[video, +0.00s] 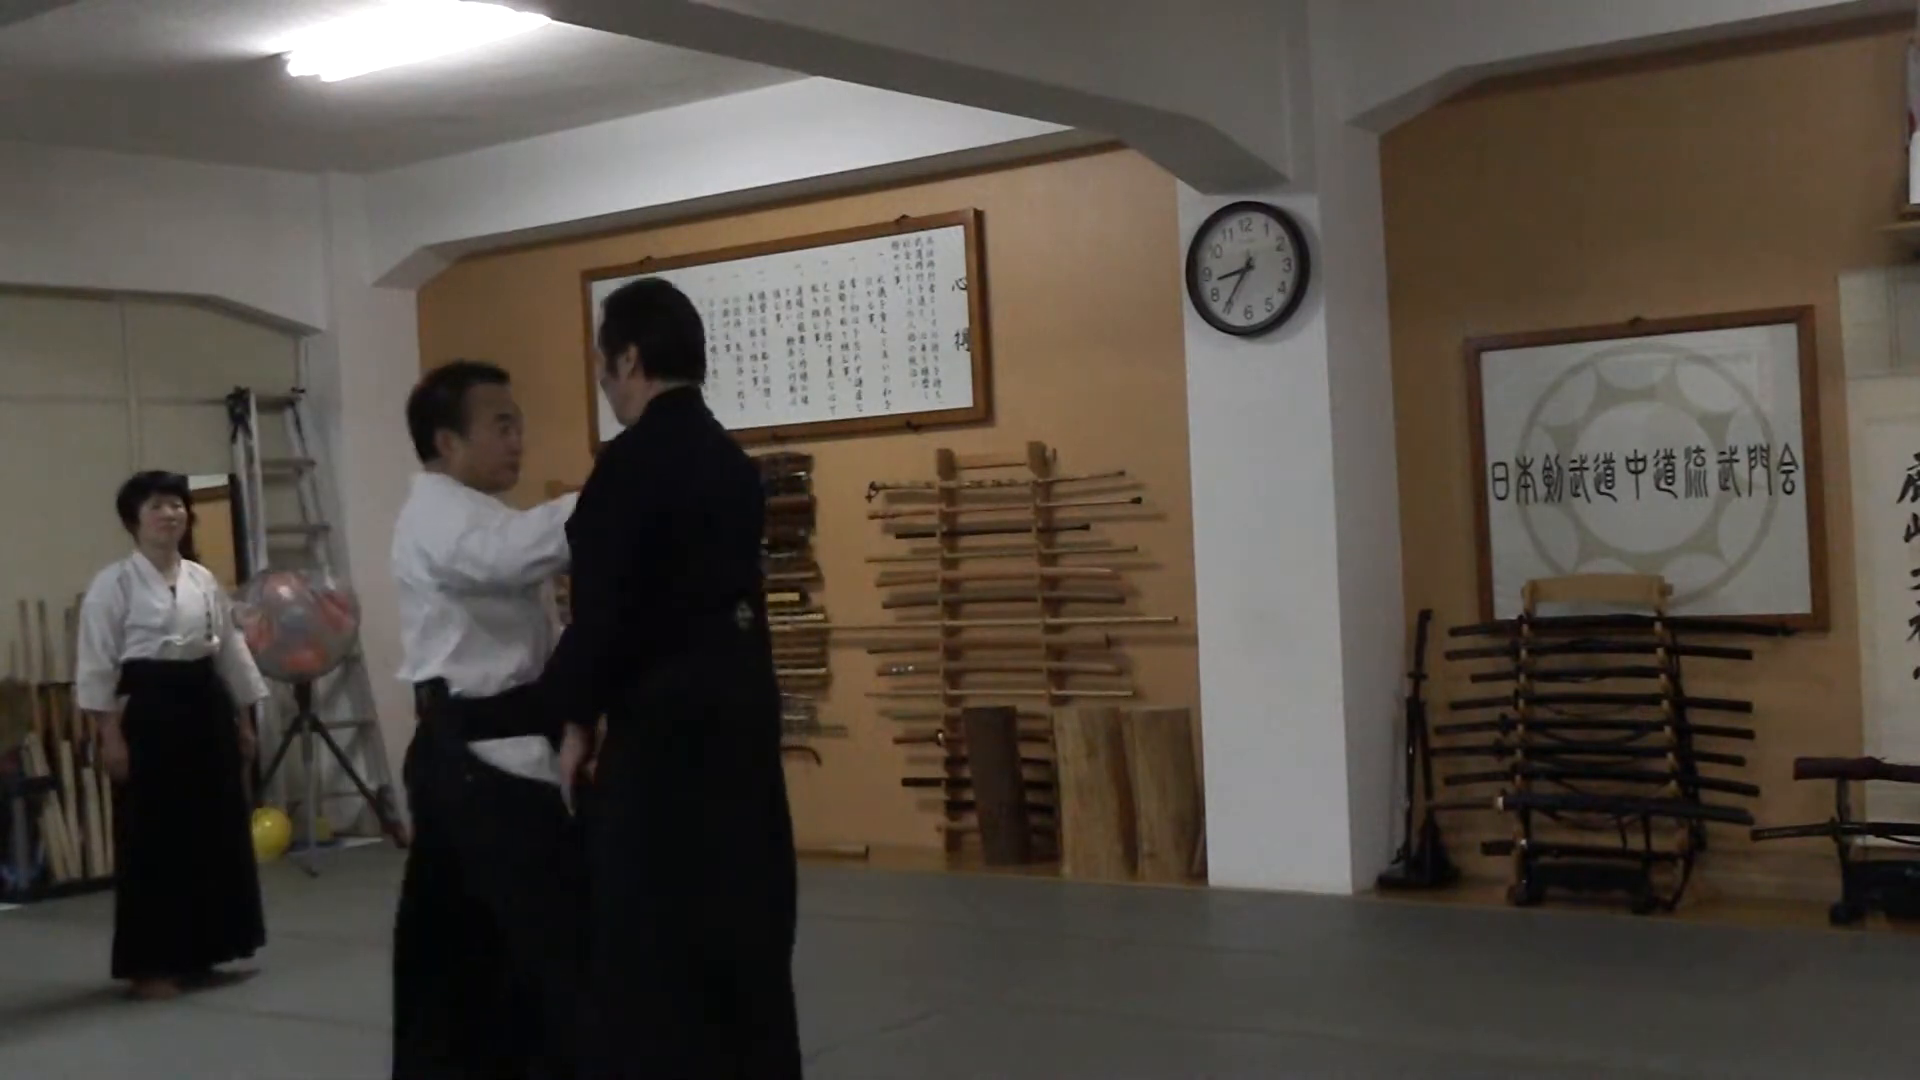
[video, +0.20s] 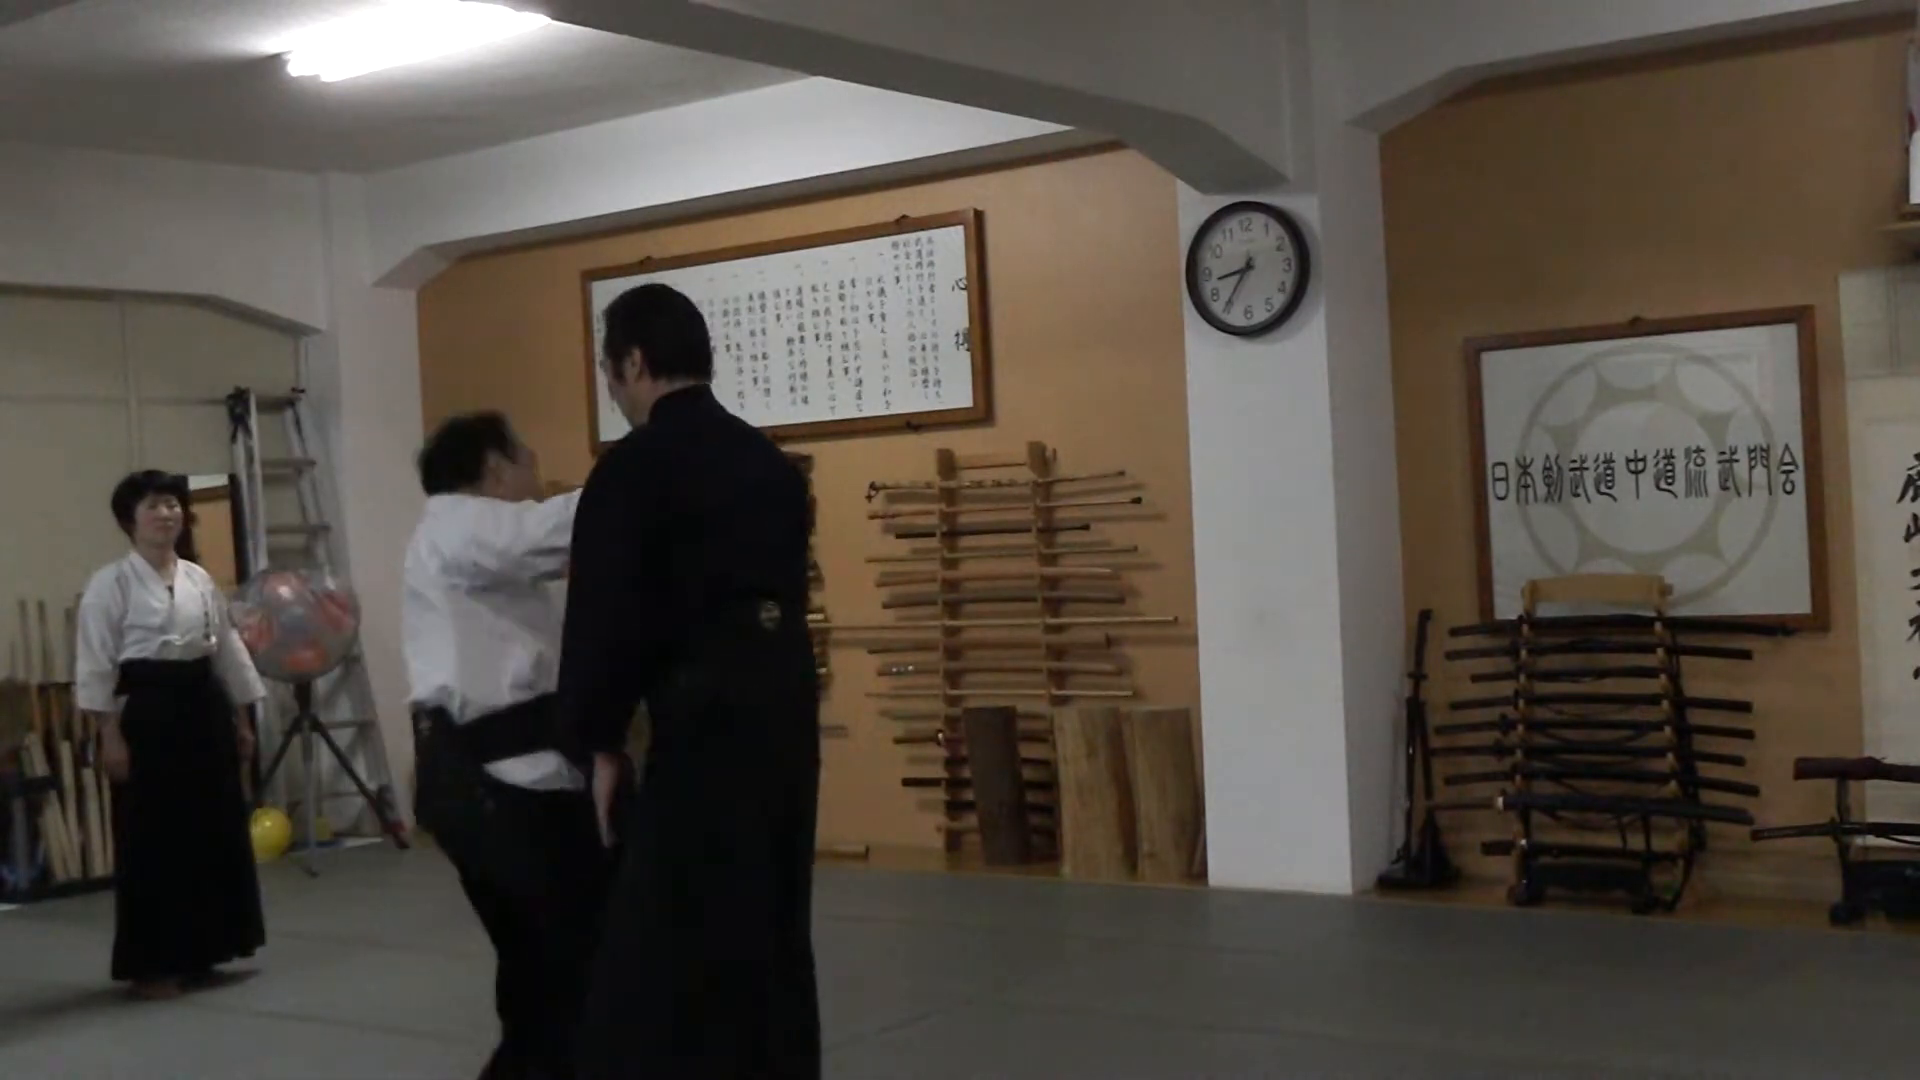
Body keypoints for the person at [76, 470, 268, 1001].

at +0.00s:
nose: (170, 513)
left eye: (176, 505)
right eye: (157, 506)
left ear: (187, 517)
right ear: (134, 520)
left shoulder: (202, 579)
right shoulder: (112, 584)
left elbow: (229, 647)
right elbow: (96, 664)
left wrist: (247, 715)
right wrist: (110, 734)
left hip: (203, 703)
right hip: (147, 707)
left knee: (207, 826)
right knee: (153, 831)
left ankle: (198, 956)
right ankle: (149, 965)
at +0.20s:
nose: (165, 513)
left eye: (172, 505)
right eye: (153, 506)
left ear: (183, 516)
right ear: (130, 519)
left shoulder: (198, 579)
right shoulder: (109, 584)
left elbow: (227, 647)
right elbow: (95, 664)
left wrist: (244, 716)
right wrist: (108, 733)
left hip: (202, 704)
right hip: (146, 708)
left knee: (207, 826)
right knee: (152, 832)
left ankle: (198, 956)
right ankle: (148, 965)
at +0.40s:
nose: (163, 512)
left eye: (170, 504)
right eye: (150, 505)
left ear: (181, 516)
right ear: (127, 519)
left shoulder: (196, 579)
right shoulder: (107, 585)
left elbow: (225, 647)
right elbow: (93, 665)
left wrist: (243, 715)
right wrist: (108, 734)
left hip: (200, 705)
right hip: (145, 709)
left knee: (206, 827)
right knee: (152, 833)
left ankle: (200, 955)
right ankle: (149, 964)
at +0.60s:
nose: (162, 513)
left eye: (169, 504)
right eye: (149, 506)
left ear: (181, 515)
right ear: (126, 519)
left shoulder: (196, 578)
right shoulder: (106, 585)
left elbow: (225, 646)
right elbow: (92, 664)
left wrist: (244, 713)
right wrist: (106, 735)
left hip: (202, 705)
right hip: (144, 710)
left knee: (216, 826)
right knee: (152, 833)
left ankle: (228, 954)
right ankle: (154, 964)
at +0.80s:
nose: (163, 513)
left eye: (170, 505)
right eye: (151, 506)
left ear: (182, 515)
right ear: (128, 519)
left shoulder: (197, 578)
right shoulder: (106, 584)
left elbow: (226, 647)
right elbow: (91, 662)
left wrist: (243, 715)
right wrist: (103, 733)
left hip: (201, 707)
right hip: (143, 711)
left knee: (212, 827)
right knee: (151, 833)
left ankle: (214, 956)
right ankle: (153, 964)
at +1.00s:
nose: (166, 514)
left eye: (173, 505)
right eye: (153, 506)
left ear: (183, 515)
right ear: (130, 519)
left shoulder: (199, 578)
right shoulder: (107, 584)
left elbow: (227, 648)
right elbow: (90, 662)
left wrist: (243, 716)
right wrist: (102, 733)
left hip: (201, 706)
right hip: (142, 710)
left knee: (211, 827)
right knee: (148, 833)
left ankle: (212, 957)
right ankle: (150, 964)